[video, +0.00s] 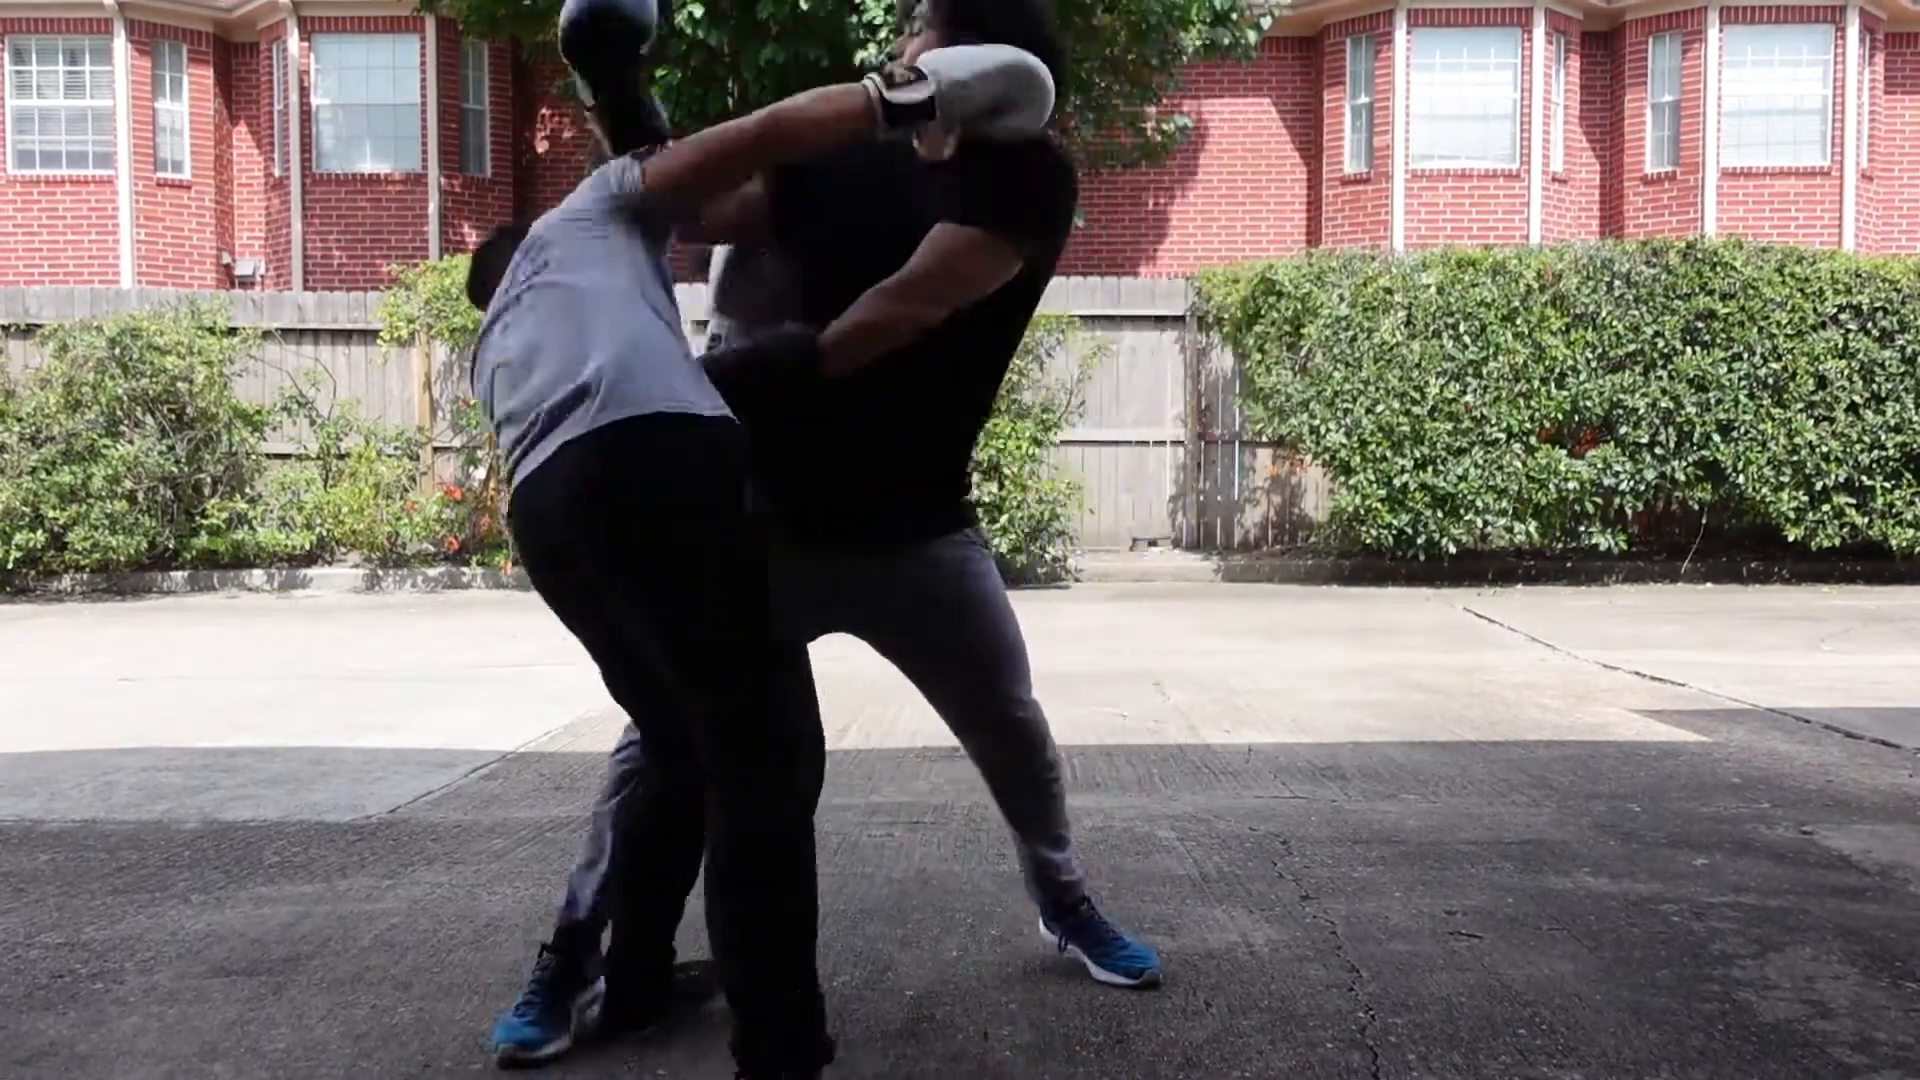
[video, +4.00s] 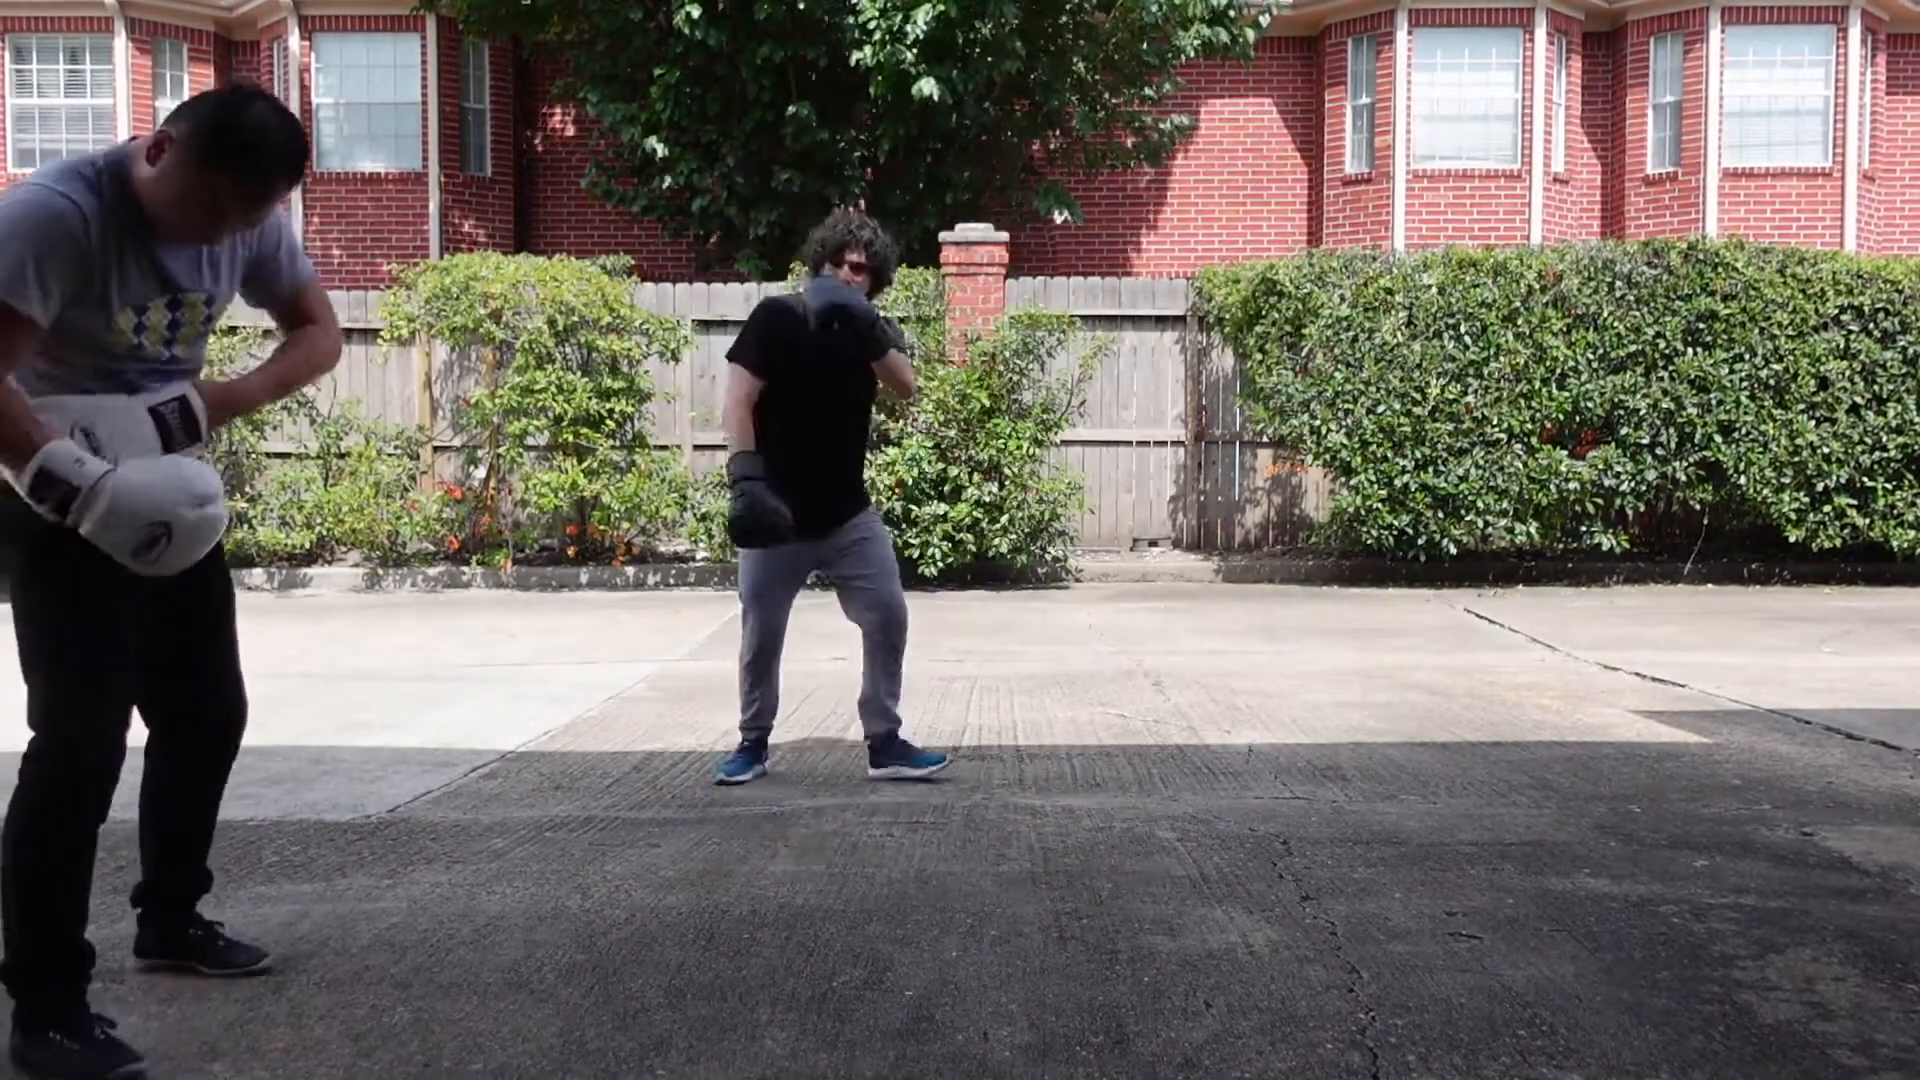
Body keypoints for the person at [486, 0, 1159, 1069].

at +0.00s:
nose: (973, 85)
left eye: (995, 65)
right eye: (951, 56)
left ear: (1019, 75)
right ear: (912, 53)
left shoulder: (1027, 174)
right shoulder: (816, 154)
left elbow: (922, 297)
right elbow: (681, 212)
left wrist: (801, 359)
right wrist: (623, 87)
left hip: (920, 531)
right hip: (763, 523)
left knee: (1013, 728)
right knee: (654, 743)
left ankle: (1065, 899)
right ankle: (569, 962)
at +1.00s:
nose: (763, 22)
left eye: (781, 4)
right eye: (763, 6)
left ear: (848, 15)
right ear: (792, 22)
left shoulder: (952, 126)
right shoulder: (759, 146)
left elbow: (990, 283)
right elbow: (710, 298)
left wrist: (870, 218)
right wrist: (573, 333)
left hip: (929, 470)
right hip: (792, 469)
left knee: (999, 675)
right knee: (736, 676)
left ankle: (1007, 879)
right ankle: (751, 895)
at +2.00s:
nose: (916, 202)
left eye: (924, 187)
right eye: (915, 188)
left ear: (960, 188)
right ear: (986, 185)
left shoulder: (1009, 256)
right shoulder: (1004, 252)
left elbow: (947, 368)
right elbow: (972, 353)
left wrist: (849, 324)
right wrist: (921, 290)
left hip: (1038, 496)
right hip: (1036, 491)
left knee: (994, 651)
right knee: (1033, 648)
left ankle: (1092, 825)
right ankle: (1080, 807)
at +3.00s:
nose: (734, 228)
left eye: (745, 216)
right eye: (730, 216)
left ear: (786, 215)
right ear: (735, 220)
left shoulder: (840, 292)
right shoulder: (728, 287)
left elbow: (881, 393)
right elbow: (705, 370)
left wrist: (848, 453)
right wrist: (689, 406)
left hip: (804, 507)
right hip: (730, 504)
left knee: (820, 655)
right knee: (728, 649)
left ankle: (851, 804)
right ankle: (751, 778)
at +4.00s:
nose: (852, 277)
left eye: (864, 271)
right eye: (843, 266)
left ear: (876, 285)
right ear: (820, 266)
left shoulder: (870, 332)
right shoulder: (777, 317)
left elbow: (906, 387)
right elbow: (737, 398)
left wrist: (865, 323)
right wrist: (748, 478)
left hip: (849, 515)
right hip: (776, 517)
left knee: (888, 615)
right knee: (760, 640)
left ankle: (884, 744)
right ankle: (752, 744)